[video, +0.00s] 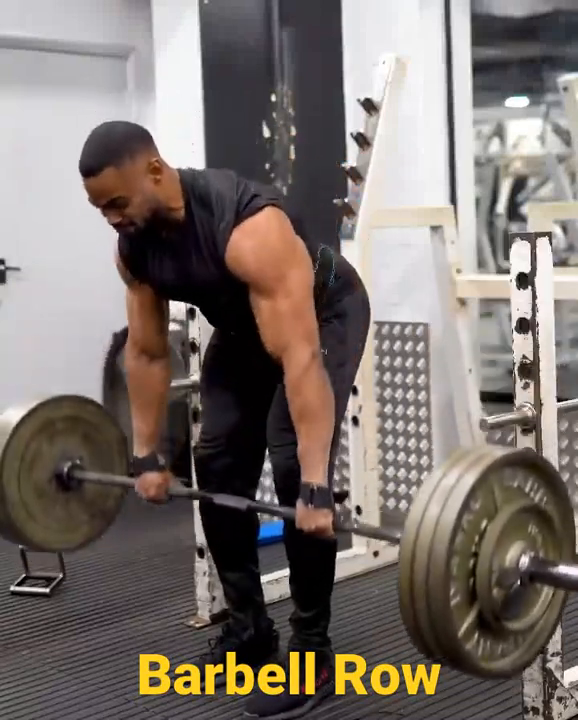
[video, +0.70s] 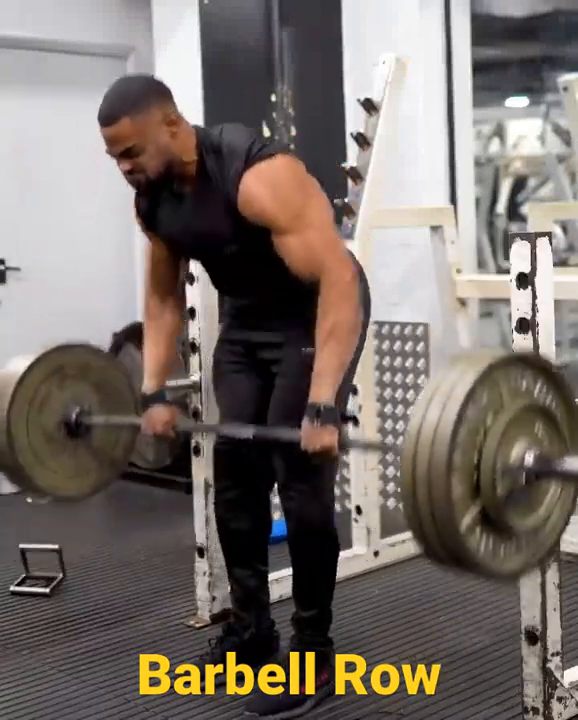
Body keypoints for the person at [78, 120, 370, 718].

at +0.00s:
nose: (112, 220)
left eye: (116, 203)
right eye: (103, 210)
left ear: (156, 170)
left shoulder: (251, 230)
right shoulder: (137, 248)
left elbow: (302, 358)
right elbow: (147, 352)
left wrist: (315, 483)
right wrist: (147, 453)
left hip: (322, 310)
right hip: (243, 322)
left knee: (293, 465)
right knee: (217, 465)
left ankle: (309, 649)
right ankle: (247, 626)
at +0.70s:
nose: (124, 169)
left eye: (130, 153)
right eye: (117, 158)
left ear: (174, 126)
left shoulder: (263, 174)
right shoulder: (155, 198)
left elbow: (340, 278)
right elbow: (163, 297)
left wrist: (324, 402)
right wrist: (155, 392)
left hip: (314, 327)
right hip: (244, 333)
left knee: (300, 476)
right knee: (235, 473)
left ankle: (312, 649)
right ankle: (250, 628)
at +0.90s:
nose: (141, 143)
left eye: (147, 127)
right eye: (132, 133)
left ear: (187, 94)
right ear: (129, 119)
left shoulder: (271, 130)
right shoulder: (160, 156)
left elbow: (373, 206)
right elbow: (167, 226)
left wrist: (330, 311)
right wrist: (157, 305)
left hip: (310, 320)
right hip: (237, 320)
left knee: (305, 482)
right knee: (241, 478)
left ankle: (313, 654)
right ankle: (254, 627)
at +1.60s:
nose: (129, 181)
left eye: (135, 164)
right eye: (121, 170)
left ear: (176, 134)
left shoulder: (265, 175)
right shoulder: (155, 199)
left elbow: (340, 281)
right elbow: (163, 290)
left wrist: (321, 403)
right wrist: (151, 383)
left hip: (317, 326)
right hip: (246, 335)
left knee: (306, 478)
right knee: (231, 483)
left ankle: (311, 648)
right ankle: (250, 627)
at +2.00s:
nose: (108, 220)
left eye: (114, 204)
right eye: (99, 209)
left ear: (155, 174)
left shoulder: (252, 230)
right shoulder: (141, 244)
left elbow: (304, 356)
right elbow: (151, 352)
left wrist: (317, 484)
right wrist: (152, 454)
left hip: (326, 312)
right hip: (248, 324)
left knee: (293, 465)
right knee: (218, 468)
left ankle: (310, 648)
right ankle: (248, 626)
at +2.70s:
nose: (113, 172)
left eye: (118, 156)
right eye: (105, 161)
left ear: (160, 127)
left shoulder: (251, 170)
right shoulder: (149, 193)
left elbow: (329, 277)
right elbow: (159, 292)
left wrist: (311, 400)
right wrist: (147, 386)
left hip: (318, 311)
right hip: (247, 319)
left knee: (305, 469)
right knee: (240, 468)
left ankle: (312, 648)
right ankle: (251, 624)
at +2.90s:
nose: (120, 145)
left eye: (125, 128)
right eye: (111, 134)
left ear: (168, 99)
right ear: (112, 122)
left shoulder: (255, 131)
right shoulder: (149, 159)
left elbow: (361, 204)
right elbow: (165, 225)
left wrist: (319, 306)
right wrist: (149, 297)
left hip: (303, 307)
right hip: (230, 311)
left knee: (299, 473)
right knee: (231, 475)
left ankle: (313, 647)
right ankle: (250, 627)